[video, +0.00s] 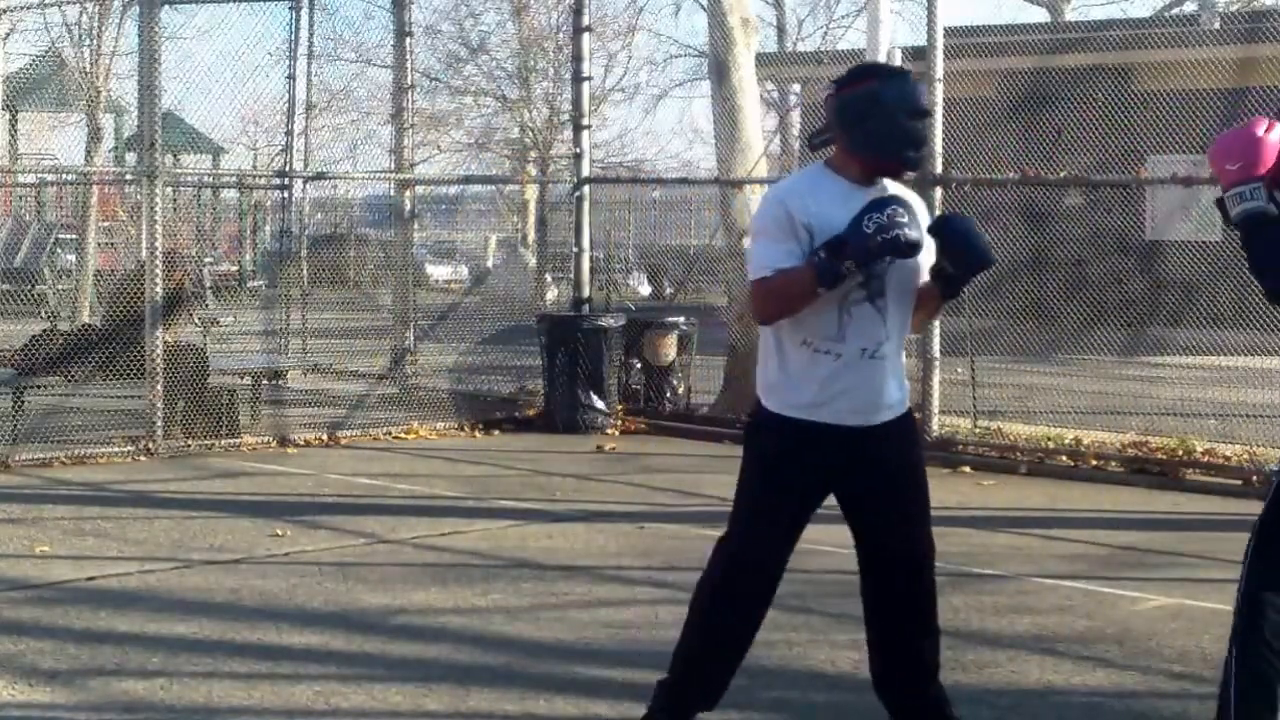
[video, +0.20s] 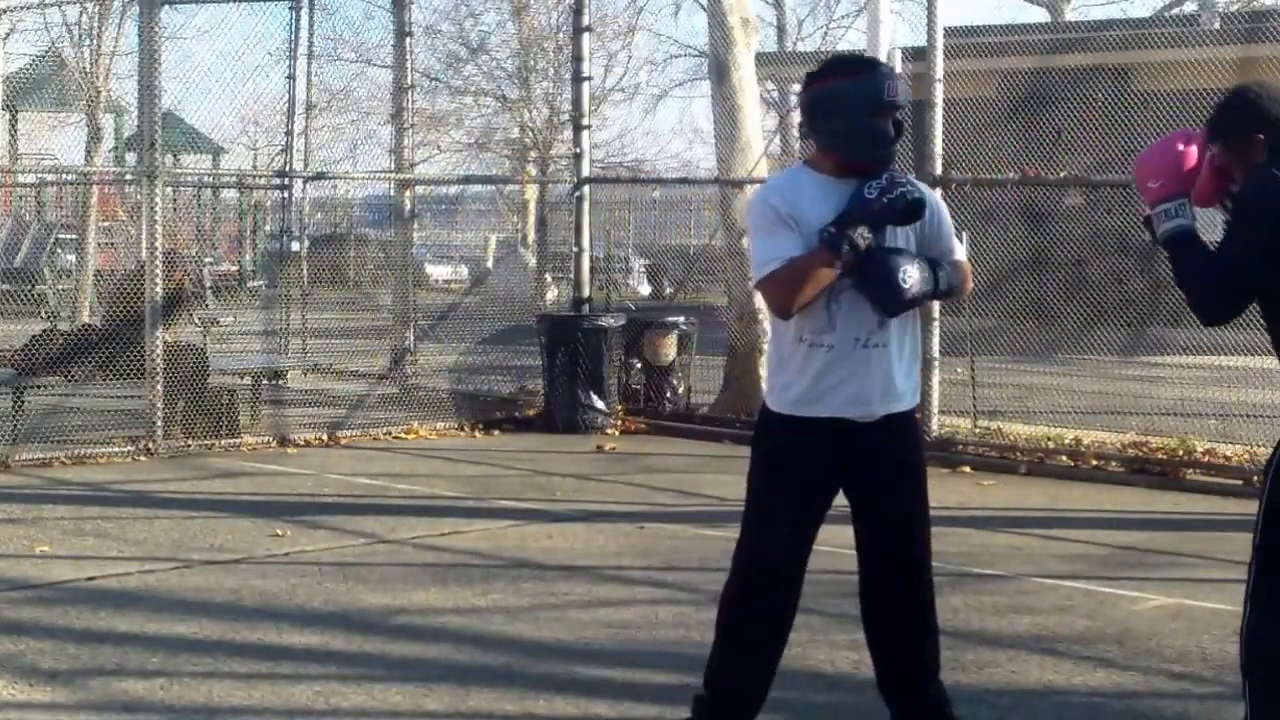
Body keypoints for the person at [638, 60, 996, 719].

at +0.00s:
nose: (908, 152)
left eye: (912, 138)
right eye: (896, 138)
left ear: (911, 136)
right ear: (856, 133)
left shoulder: (907, 204)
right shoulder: (786, 200)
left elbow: (909, 314)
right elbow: (765, 303)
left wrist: (949, 278)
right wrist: (840, 259)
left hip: (883, 428)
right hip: (791, 425)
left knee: (906, 582)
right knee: (743, 574)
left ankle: (919, 708)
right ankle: (675, 706)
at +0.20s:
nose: (895, 126)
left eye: (895, 114)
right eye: (881, 114)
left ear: (886, 117)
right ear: (834, 119)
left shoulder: (914, 196)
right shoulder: (777, 197)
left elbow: (961, 276)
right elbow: (782, 298)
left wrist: (927, 277)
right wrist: (851, 235)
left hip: (890, 422)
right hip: (798, 422)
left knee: (903, 589)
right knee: (762, 588)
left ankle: (923, 715)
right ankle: (721, 713)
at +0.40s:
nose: (847, 127)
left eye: (849, 113)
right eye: (829, 115)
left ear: (852, 117)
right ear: (784, 124)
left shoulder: (878, 194)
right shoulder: (743, 209)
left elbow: (920, 273)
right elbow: (736, 316)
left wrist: (890, 281)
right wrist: (803, 248)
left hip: (873, 428)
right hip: (777, 434)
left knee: (912, 594)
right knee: (746, 601)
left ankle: (933, 708)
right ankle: (722, 713)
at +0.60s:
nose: (845, 135)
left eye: (858, 122)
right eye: (829, 122)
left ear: (878, 130)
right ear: (804, 129)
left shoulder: (898, 200)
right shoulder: (770, 202)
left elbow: (960, 280)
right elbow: (809, 283)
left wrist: (967, 192)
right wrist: (834, 194)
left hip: (886, 439)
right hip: (789, 442)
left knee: (918, 611)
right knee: (752, 610)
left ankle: (940, 716)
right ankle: (717, 716)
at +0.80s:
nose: (920, 129)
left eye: (927, 118)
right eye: (909, 115)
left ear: (930, 133)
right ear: (873, 122)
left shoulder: (931, 206)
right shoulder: (814, 193)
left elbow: (995, 276)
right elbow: (876, 262)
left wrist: (1005, 178)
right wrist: (908, 172)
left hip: (903, 444)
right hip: (807, 439)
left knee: (924, 617)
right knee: (755, 609)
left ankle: (941, 716)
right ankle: (714, 713)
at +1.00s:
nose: (926, 125)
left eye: (941, 114)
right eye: (913, 107)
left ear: (954, 129)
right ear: (878, 112)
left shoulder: (946, 208)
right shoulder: (819, 189)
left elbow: (995, 284)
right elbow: (861, 260)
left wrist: (1012, 188)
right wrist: (897, 170)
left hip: (907, 441)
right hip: (808, 434)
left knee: (923, 612)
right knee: (755, 604)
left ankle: (939, 717)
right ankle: (713, 712)